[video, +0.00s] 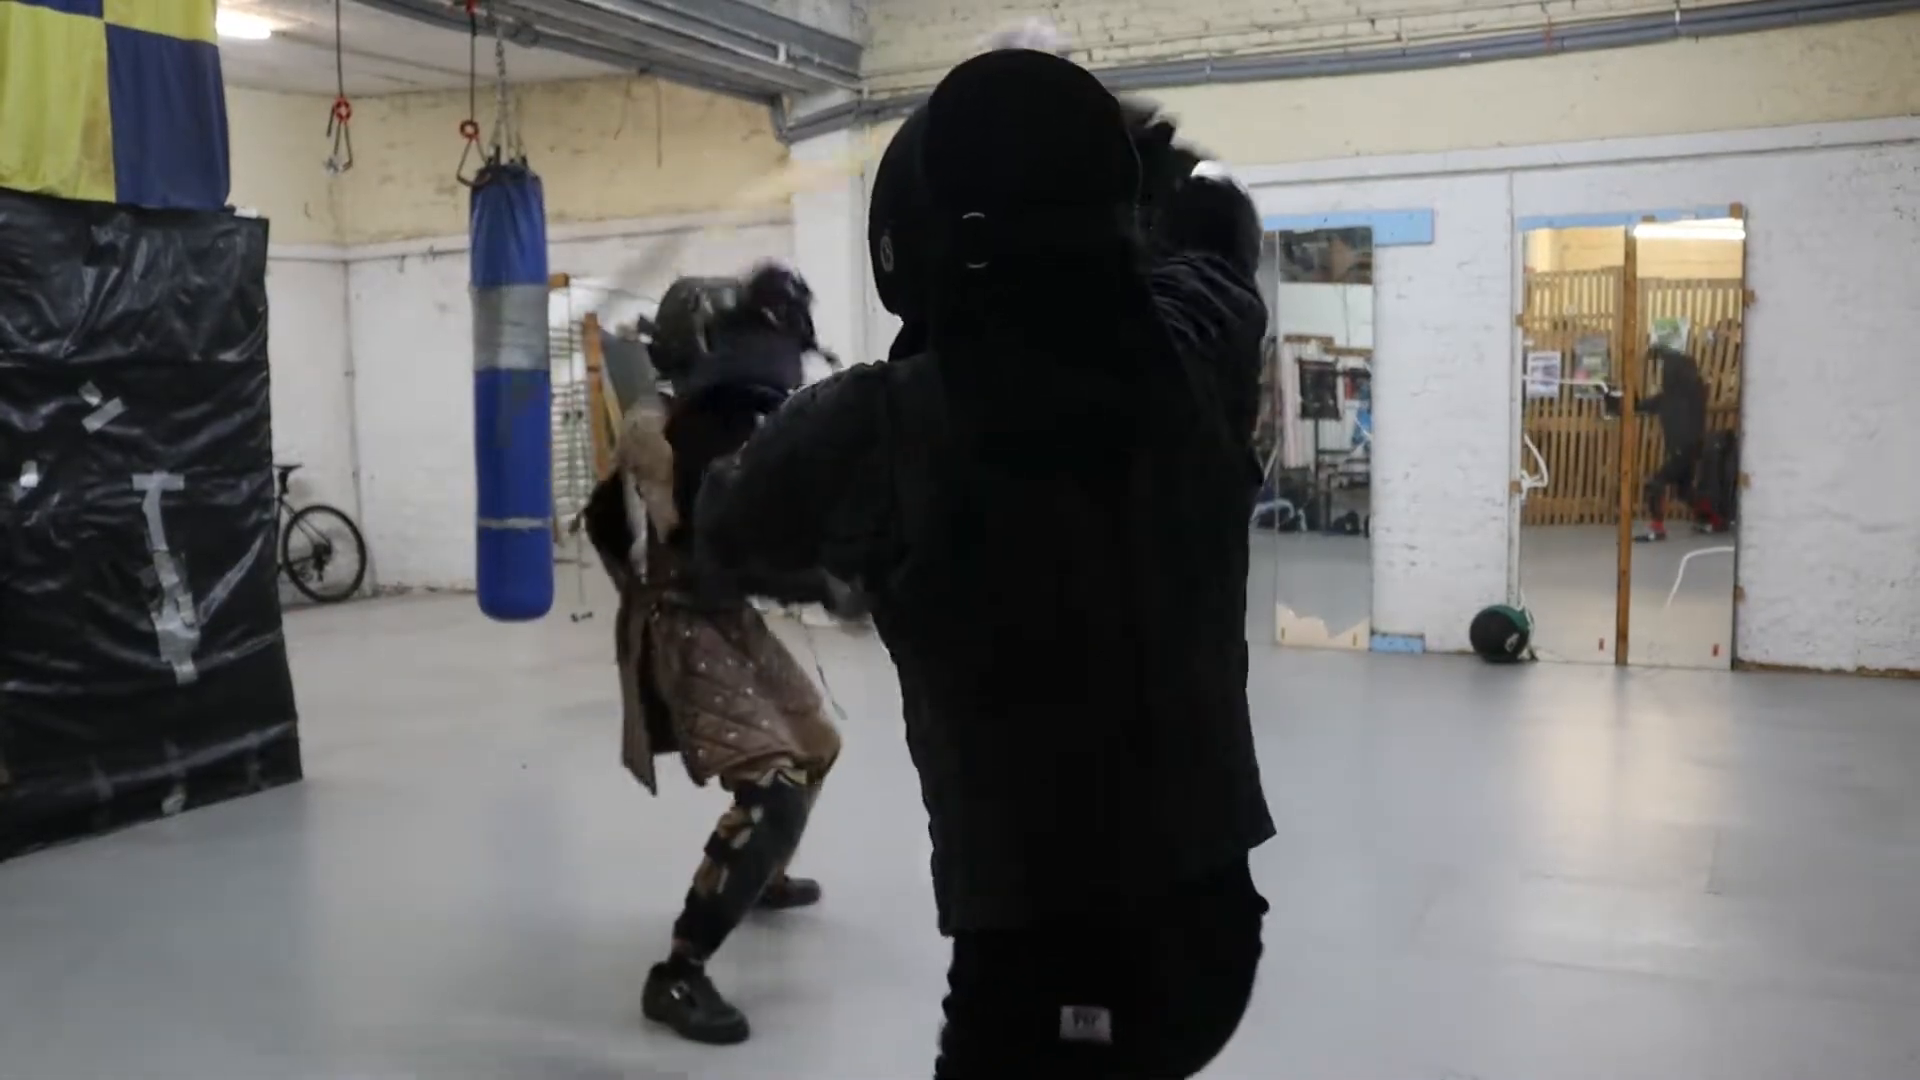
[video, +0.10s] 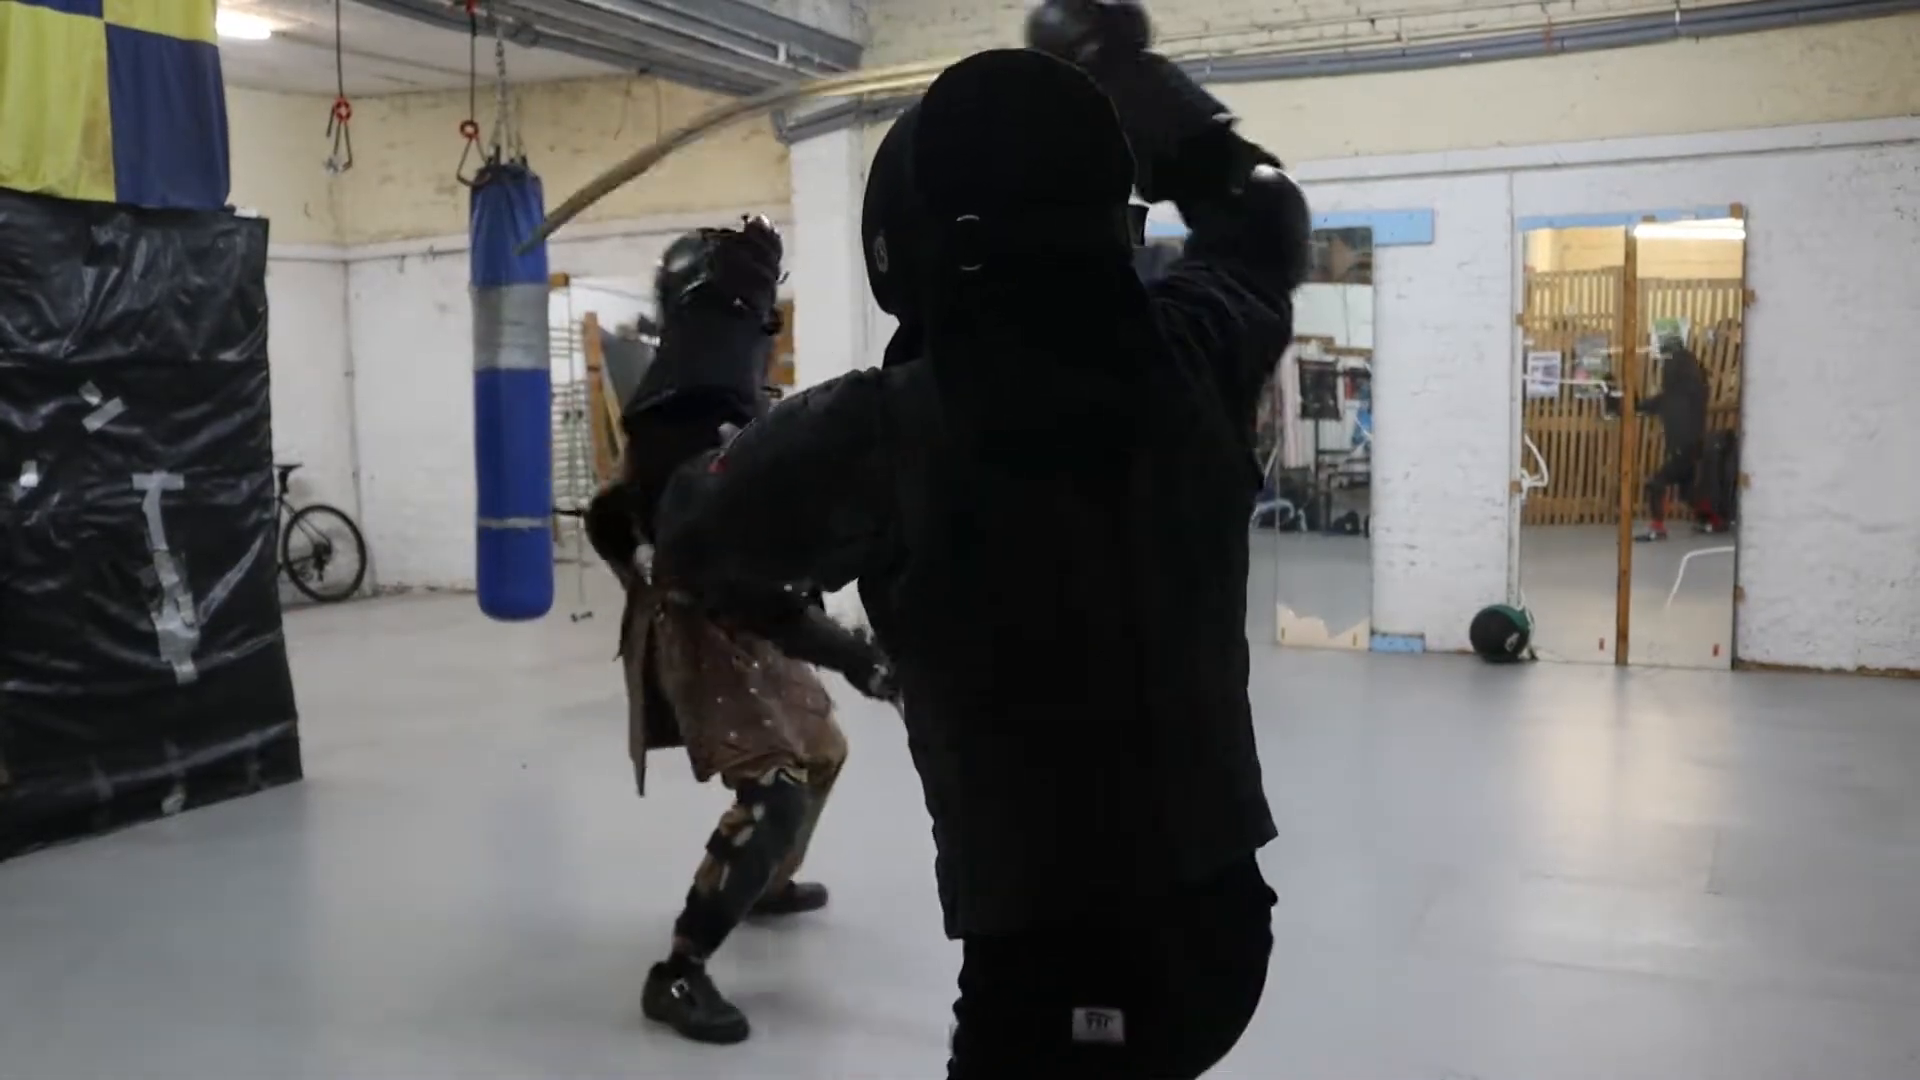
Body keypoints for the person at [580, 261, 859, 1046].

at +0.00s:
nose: (784, 371)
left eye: (782, 356)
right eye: (771, 355)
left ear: (685, 353)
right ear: (737, 351)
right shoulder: (727, 430)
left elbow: (602, 516)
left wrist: (637, 585)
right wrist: (828, 579)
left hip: (721, 612)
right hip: (686, 624)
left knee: (813, 745)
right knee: (774, 785)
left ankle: (756, 876)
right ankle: (682, 969)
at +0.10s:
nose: (772, 333)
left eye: (771, 320)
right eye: (763, 320)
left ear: (700, 312)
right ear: (734, 319)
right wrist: (854, 653)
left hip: (746, 608)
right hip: (701, 616)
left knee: (821, 752)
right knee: (778, 789)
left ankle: (765, 883)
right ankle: (681, 969)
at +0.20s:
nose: (776, 343)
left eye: (770, 333)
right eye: (764, 334)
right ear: (729, 341)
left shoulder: (741, 410)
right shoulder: (675, 420)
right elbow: (699, 569)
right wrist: (818, 645)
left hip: (759, 618)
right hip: (700, 625)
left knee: (826, 757)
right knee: (781, 791)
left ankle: (768, 883)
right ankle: (684, 967)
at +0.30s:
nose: (782, 374)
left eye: (785, 356)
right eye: (767, 356)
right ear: (725, 357)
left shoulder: (761, 443)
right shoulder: (701, 456)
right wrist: (826, 664)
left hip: (776, 642)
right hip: (707, 652)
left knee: (817, 766)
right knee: (773, 781)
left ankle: (770, 879)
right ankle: (724, 960)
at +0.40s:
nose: (769, 350)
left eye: (782, 331)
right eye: (752, 331)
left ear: (796, 327)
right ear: (714, 328)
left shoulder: (801, 401)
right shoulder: (677, 418)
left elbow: (835, 491)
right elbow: (679, 549)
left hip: (790, 610)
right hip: (711, 620)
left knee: (791, 763)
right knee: (783, 788)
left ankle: (760, 870)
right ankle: (727, 960)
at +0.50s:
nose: (765, 344)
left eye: (778, 326)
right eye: (748, 327)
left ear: (796, 315)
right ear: (710, 312)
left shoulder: (817, 381)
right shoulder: (670, 382)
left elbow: (848, 480)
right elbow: (634, 515)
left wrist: (836, 537)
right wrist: (725, 544)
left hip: (807, 596)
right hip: (727, 609)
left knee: (813, 767)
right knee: (813, 782)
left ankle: (734, 876)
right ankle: (732, 951)